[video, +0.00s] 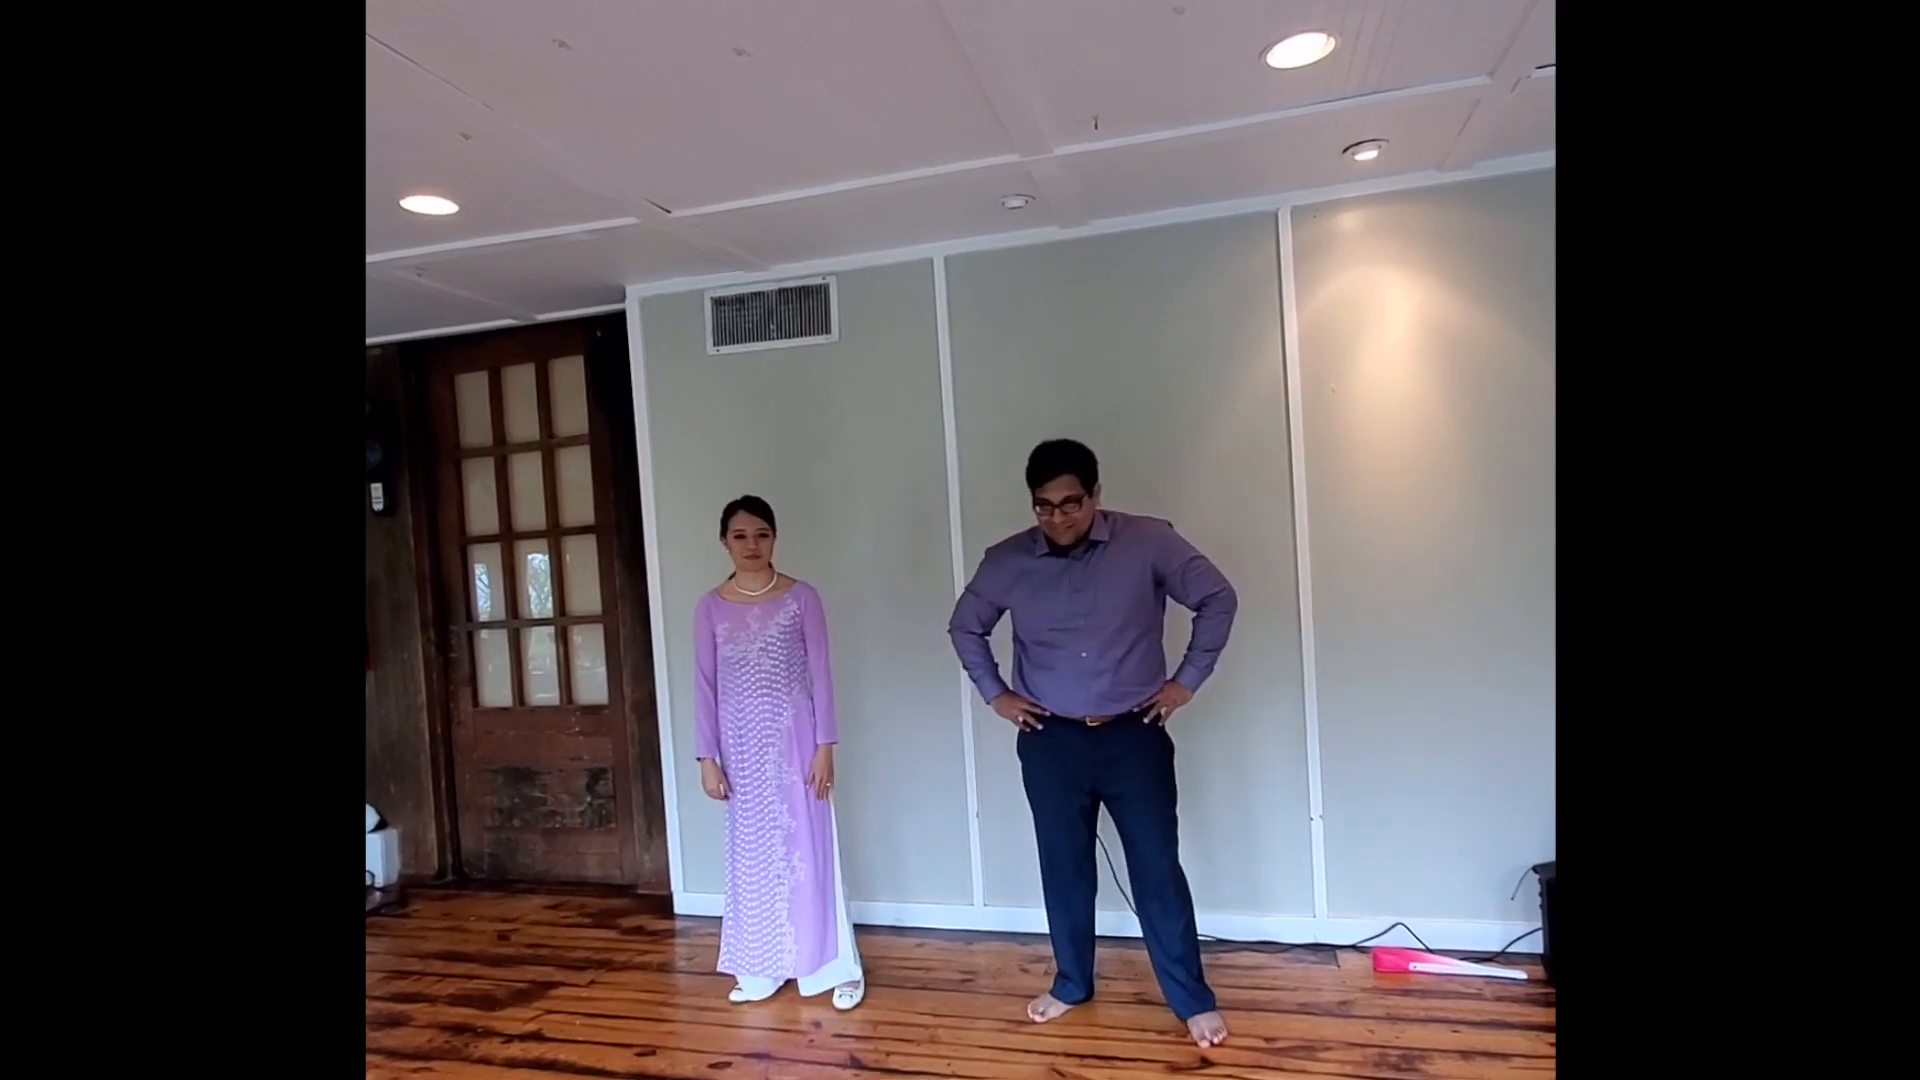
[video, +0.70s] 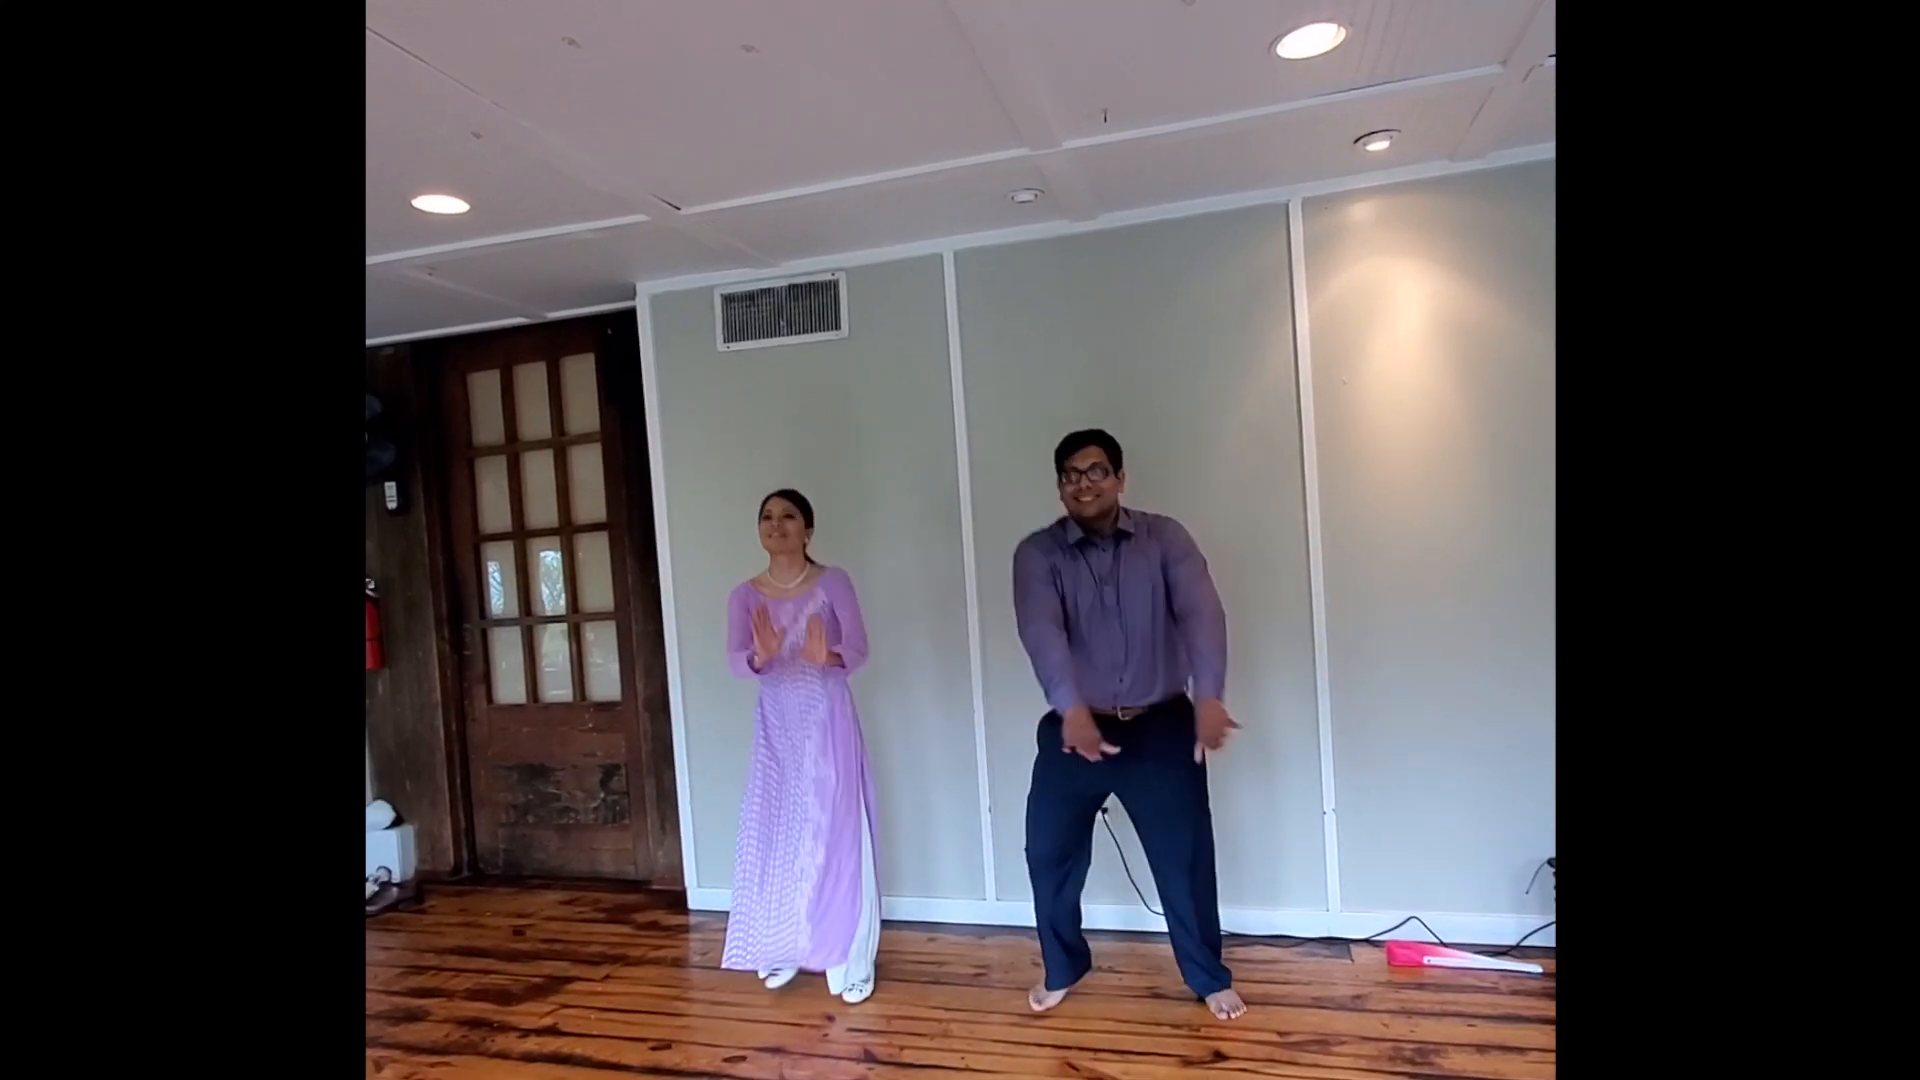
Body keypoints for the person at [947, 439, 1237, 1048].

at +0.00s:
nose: (1058, 518)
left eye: (1070, 503)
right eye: (1045, 506)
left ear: (1095, 494)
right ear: (1032, 504)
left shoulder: (1148, 542)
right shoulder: (1007, 563)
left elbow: (1218, 599)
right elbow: (965, 627)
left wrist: (1187, 679)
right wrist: (995, 692)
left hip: (1135, 736)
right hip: (1050, 741)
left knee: (1158, 872)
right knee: (1064, 870)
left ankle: (1193, 1001)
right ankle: (1072, 985)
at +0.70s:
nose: (1083, 483)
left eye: (1096, 472)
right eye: (1071, 475)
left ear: (1120, 479)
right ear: (1060, 487)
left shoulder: (1165, 537)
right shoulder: (1039, 553)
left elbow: (1202, 613)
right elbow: (1042, 635)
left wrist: (1207, 698)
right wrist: (1072, 709)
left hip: (1161, 724)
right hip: (1073, 728)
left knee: (1185, 857)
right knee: (1049, 854)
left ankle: (1209, 976)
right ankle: (1062, 964)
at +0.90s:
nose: (1061, 486)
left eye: (1074, 476)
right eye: (1049, 477)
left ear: (1094, 488)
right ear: (1034, 490)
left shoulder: (1128, 541)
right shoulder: (1009, 560)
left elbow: (1220, 581)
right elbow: (999, 622)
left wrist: (1159, 581)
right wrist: (1085, 594)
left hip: (1140, 705)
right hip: (1056, 728)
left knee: (1221, 770)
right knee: (1048, 853)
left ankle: (1187, 877)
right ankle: (1067, 960)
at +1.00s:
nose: (1058, 507)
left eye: (1072, 497)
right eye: (1046, 498)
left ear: (1090, 510)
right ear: (1031, 512)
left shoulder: (1124, 565)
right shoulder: (1008, 588)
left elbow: (1200, 630)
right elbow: (1026, 661)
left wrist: (1158, 598)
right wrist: (1081, 598)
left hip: (1126, 713)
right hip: (1046, 737)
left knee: (1212, 739)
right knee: (1030, 874)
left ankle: (1162, 860)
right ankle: (1061, 964)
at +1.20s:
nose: (1066, 521)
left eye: (1079, 511)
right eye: (1054, 513)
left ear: (1098, 523)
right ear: (1037, 527)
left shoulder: (1137, 589)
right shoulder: (1011, 613)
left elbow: (1166, 679)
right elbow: (1029, 707)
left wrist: (1177, 768)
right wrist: (1057, 787)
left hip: (1125, 753)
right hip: (1043, 755)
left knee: (1175, 861)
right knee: (1038, 874)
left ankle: (1154, 1001)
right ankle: (1051, 977)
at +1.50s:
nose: (1139, 470)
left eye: (1152, 459)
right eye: (1128, 462)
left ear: (1177, 470)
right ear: (1115, 476)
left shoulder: (1226, 525)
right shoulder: (1082, 529)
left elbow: (1319, 539)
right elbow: (995, 541)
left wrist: (1419, 560)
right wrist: (907, 555)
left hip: (1207, 720)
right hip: (1115, 719)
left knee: (1264, 841)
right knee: (1074, 838)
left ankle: (1300, 965)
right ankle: (1060, 953)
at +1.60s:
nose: (1173, 471)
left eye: (1186, 460)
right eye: (1161, 464)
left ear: (1212, 470)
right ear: (1149, 479)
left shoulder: (1268, 525)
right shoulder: (1120, 540)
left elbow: (1361, 510)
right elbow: (1035, 534)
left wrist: (1460, 494)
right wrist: (950, 514)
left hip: (1243, 729)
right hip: (1149, 717)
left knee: (1291, 854)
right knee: (1075, 809)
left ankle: (1332, 980)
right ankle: (1092, 917)